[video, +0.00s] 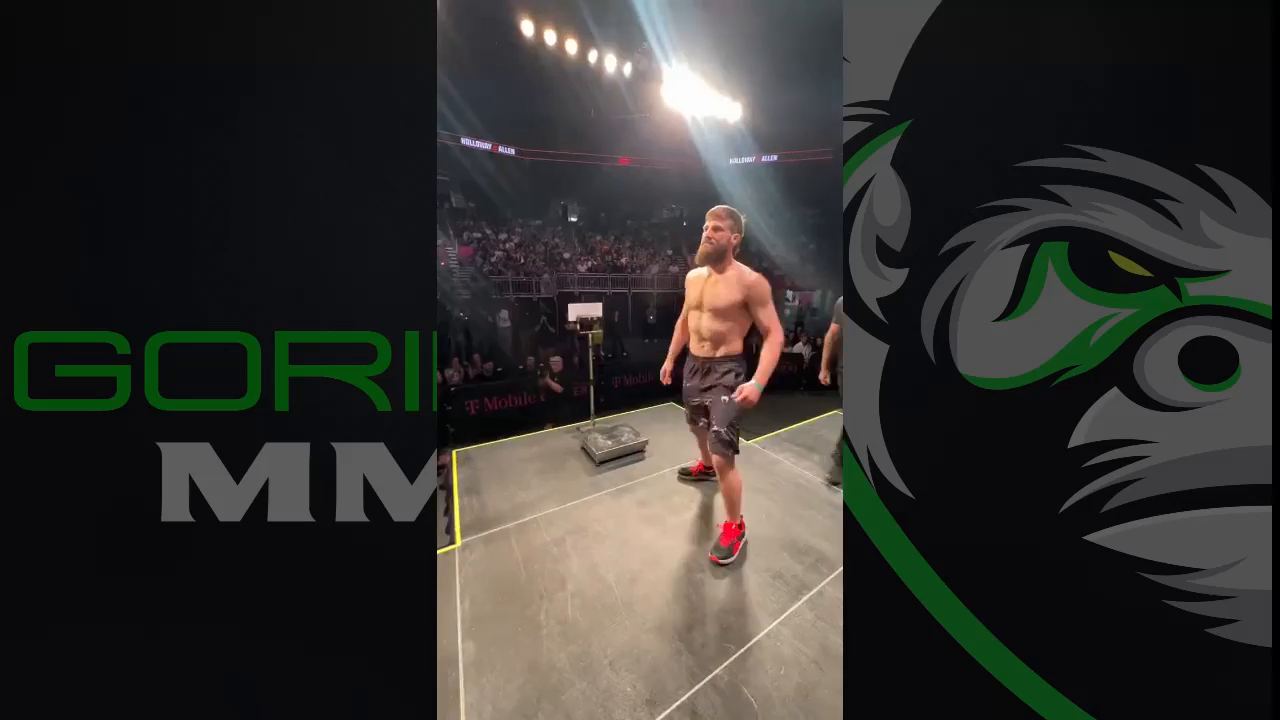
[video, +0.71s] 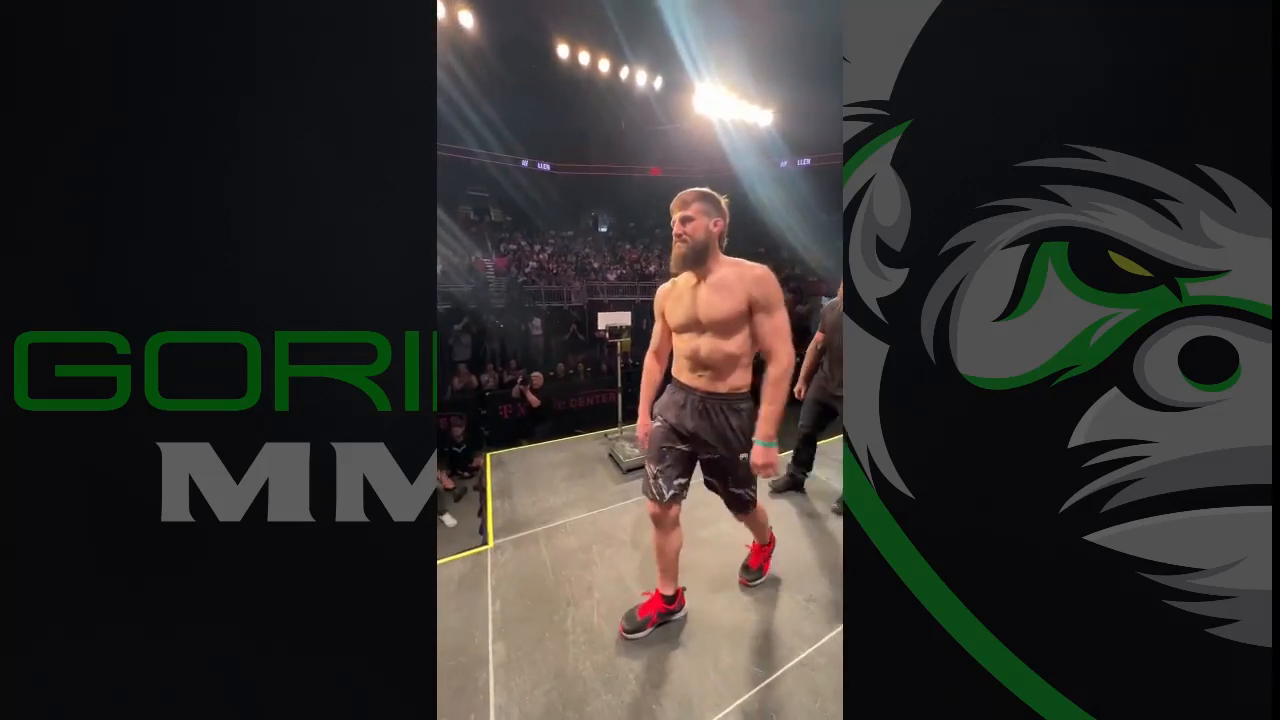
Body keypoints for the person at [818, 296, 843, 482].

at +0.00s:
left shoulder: (844, 303)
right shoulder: (844, 303)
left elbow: (833, 333)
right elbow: (833, 333)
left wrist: (824, 366)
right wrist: (824, 366)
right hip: (848, 374)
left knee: (850, 421)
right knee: (849, 421)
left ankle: (839, 469)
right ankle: (837, 469)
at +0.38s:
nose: (840, 278)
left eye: (844, 274)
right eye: (839, 273)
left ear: (851, 280)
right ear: (835, 275)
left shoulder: (855, 309)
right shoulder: (823, 304)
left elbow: (860, 345)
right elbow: (811, 337)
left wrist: (855, 378)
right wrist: (803, 369)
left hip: (840, 378)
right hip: (817, 375)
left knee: (835, 432)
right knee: (818, 413)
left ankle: (818, 479)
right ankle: (841, 440)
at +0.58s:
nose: (841, 277)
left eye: (845, 273)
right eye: (840, 272)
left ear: (852, 278)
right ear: (835, 274)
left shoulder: (858, 311)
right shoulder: (824, 305)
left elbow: (862, 347)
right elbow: (811, 340)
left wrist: (856, 382)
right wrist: (797, 372)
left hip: (844, 381)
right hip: (818, 375)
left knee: (839, 436)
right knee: (801, 415)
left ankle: (832, 487)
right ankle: (821, 453)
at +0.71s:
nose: (843, 291)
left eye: (847, 287)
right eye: (842, 286)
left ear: (856, 292)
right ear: (839, 288)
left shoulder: (866, 319)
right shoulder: (831, 310)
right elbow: (816, 345)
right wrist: (802, 379)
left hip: (852, 391)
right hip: (826, 384)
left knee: (855, 446)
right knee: (806, 430)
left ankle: (851, 495)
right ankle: (795, 476)